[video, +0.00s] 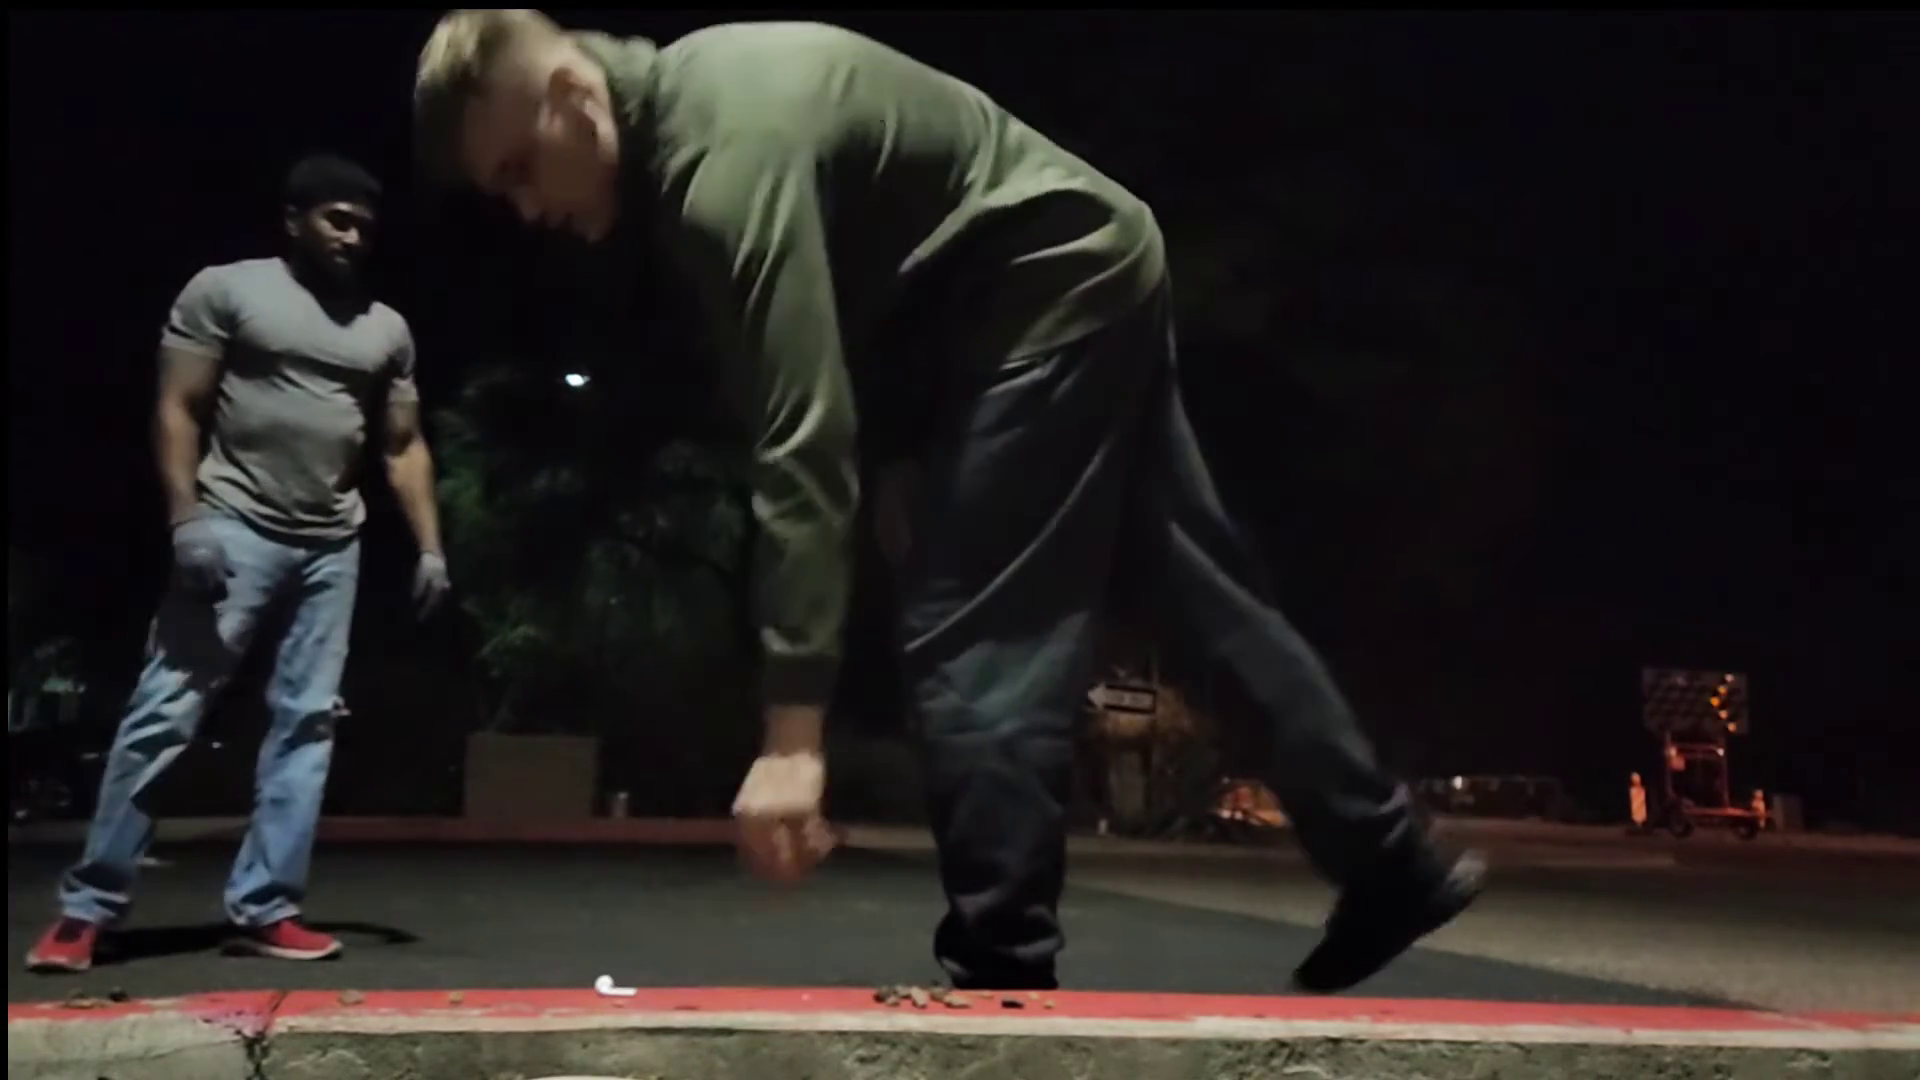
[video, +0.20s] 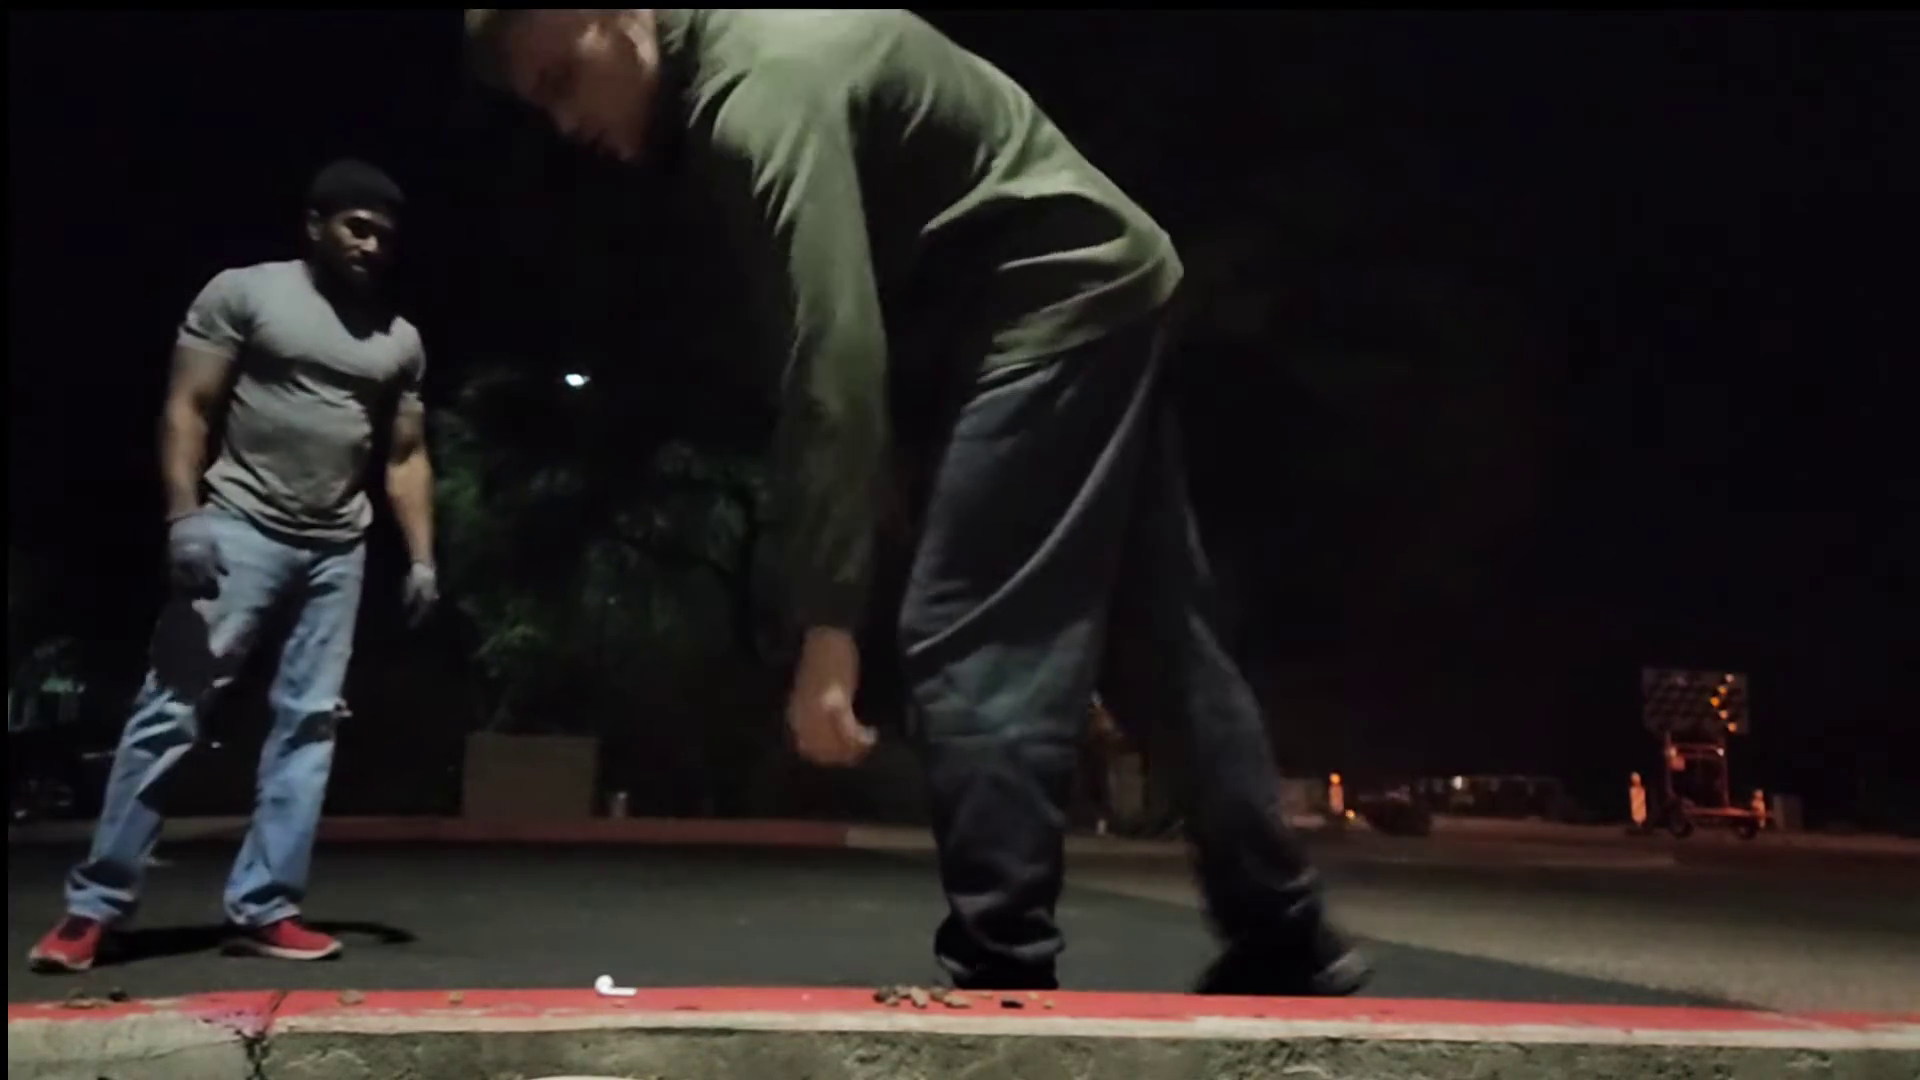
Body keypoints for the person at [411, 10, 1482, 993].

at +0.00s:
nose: (523, 210)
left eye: (515, 174)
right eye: (500, 192)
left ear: (576, 100)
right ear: (575, 97)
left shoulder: (732, 155)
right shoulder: (689, 100)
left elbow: (804, 449)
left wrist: (790, 739)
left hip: (1050, 292)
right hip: (1088, 266)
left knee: (973, 631)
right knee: (1191, 588)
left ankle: (1002, 954)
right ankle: (1389, 859)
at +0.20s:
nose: (564, 121)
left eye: (560, 82)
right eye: (541, 104)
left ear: (623, 24)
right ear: (628, 27)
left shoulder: (764, 91)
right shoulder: (747, 68)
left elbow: (840, 361)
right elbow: (830, 358)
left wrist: (826, 637)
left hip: (1059, 297)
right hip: (1105, 279)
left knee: (961, 637)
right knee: (1160, 629)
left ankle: (1001, 962)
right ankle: (1281, 933)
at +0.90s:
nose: (872, 37)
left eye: (875, 20)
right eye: (868, 28)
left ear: (922, 0)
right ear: (917, 22)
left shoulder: (1039, 31)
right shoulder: (988, 68)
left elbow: (1108, 212)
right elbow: (1032, 260)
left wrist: (1085, 398)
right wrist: (1022, 413)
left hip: (1146, 380)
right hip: (1110, 387)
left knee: (1102, 654)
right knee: (1085, 653)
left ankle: (1104, 947)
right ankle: (1111, 943)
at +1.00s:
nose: (898, 33)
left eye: (905, 15)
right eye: (895, 22)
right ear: (943, 21)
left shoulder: (1070, 30)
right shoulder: (1003, 79)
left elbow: (1135, 208)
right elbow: (1039, 272)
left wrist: (1103, 386)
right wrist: (1032, 427)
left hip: (1155, 389)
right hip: (1088, 405)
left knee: (1133, 674)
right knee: (1090, 681)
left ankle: (1179, 966)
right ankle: (1119, 968)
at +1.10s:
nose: (921, 30)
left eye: (926, 13)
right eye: (917, 21)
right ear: (964, 20)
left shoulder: (1093, 28)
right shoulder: (1024, 93)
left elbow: (1149, 200)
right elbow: (1060, 273)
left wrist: (1109, 378)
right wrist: (1055, 426)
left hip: (1178, 411)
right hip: (1101, 430)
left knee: (1173, 700)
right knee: (1092, 709)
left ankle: (1264, 971)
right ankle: (1127, 989)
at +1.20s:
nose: (942, 29)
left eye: (948, 12)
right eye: (937, 20)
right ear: (986, 20)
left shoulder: (1113, 29)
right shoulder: (1037, 92)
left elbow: (1179, 184)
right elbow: (1080, 265)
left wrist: (1112, 361)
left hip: (1188, 423)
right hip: (1111, 439)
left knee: (1218, 694)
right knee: (1095, 705)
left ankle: (1306, 956)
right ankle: (1129, 968)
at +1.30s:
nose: (970, 28)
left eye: (978, 12)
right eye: (966, 20)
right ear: (1011, 23)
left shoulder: (1135, 31)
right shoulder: (1056, 97)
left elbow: (1232, 151)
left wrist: (1138, 314)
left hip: (1192, 446)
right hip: (1093, 463)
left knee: (1247, 699)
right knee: (1102, 719)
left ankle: (1330, 947)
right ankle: (1132, 967)